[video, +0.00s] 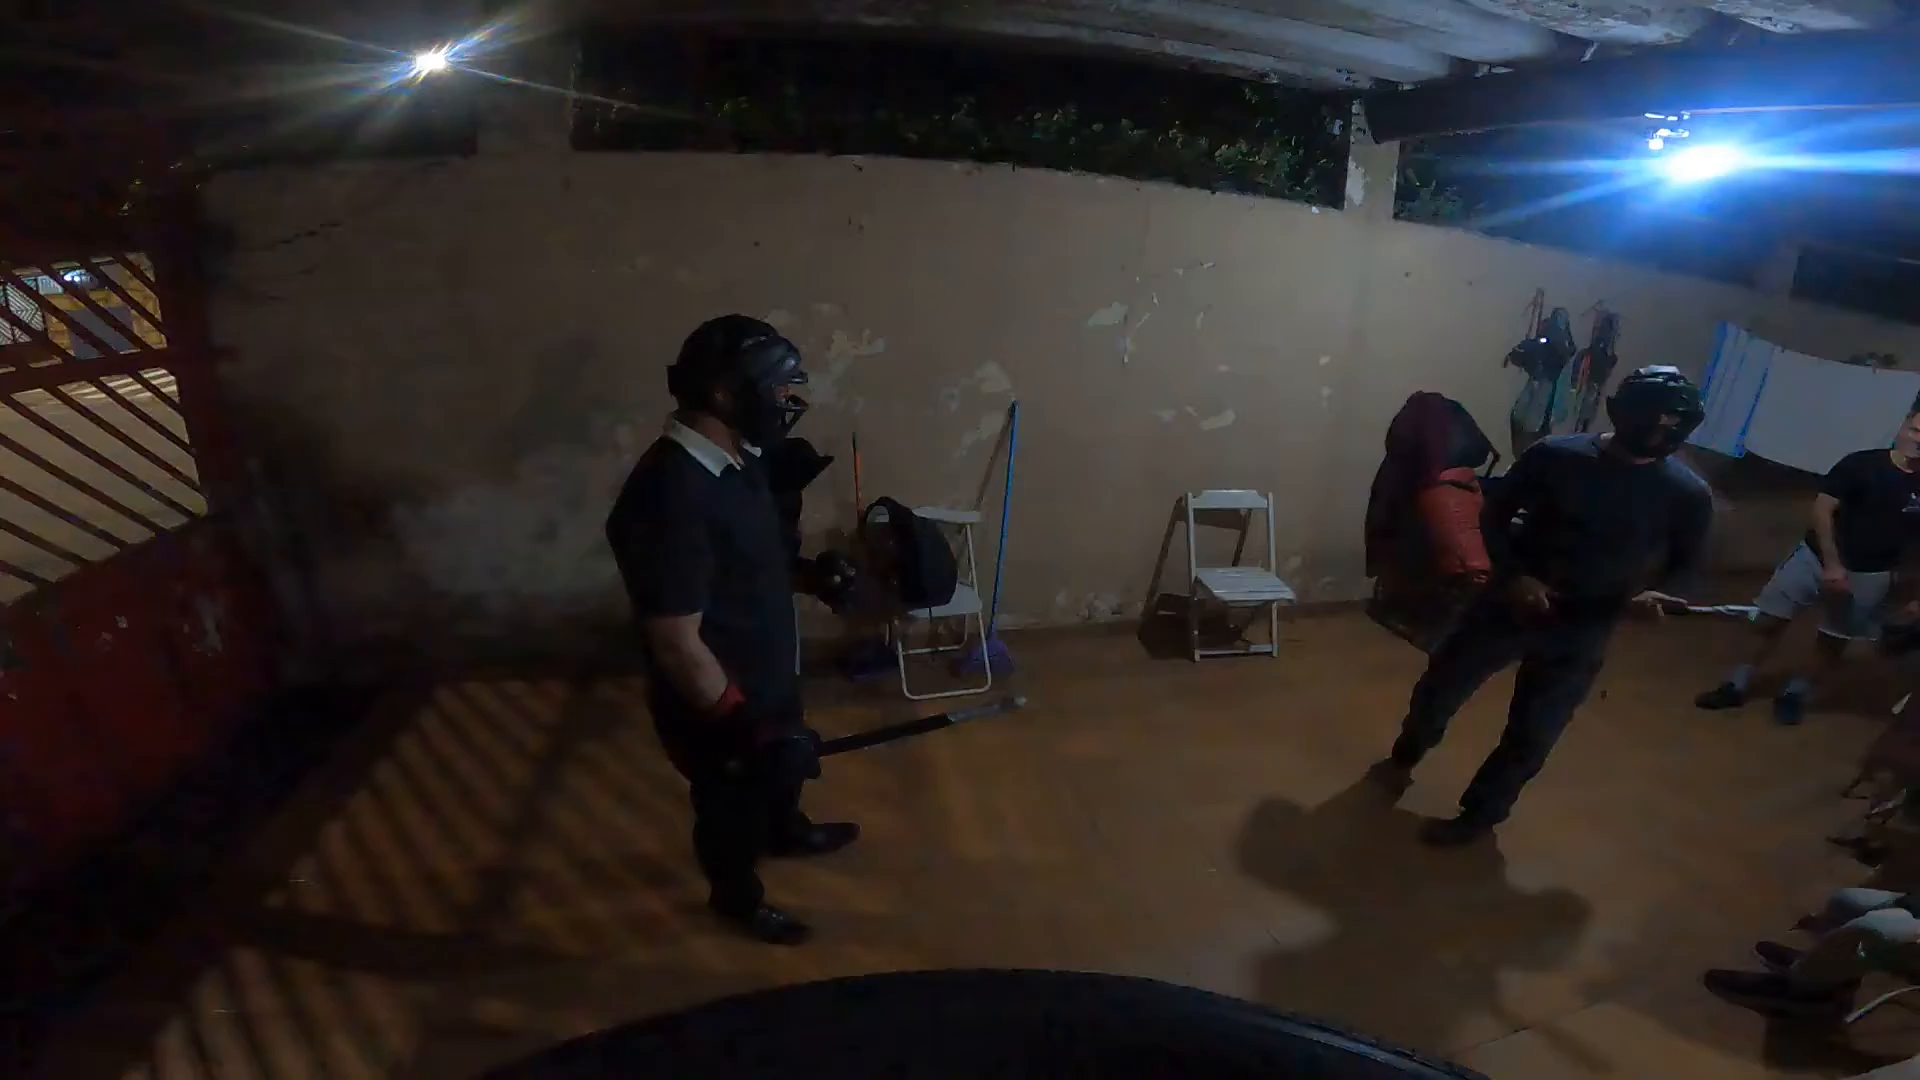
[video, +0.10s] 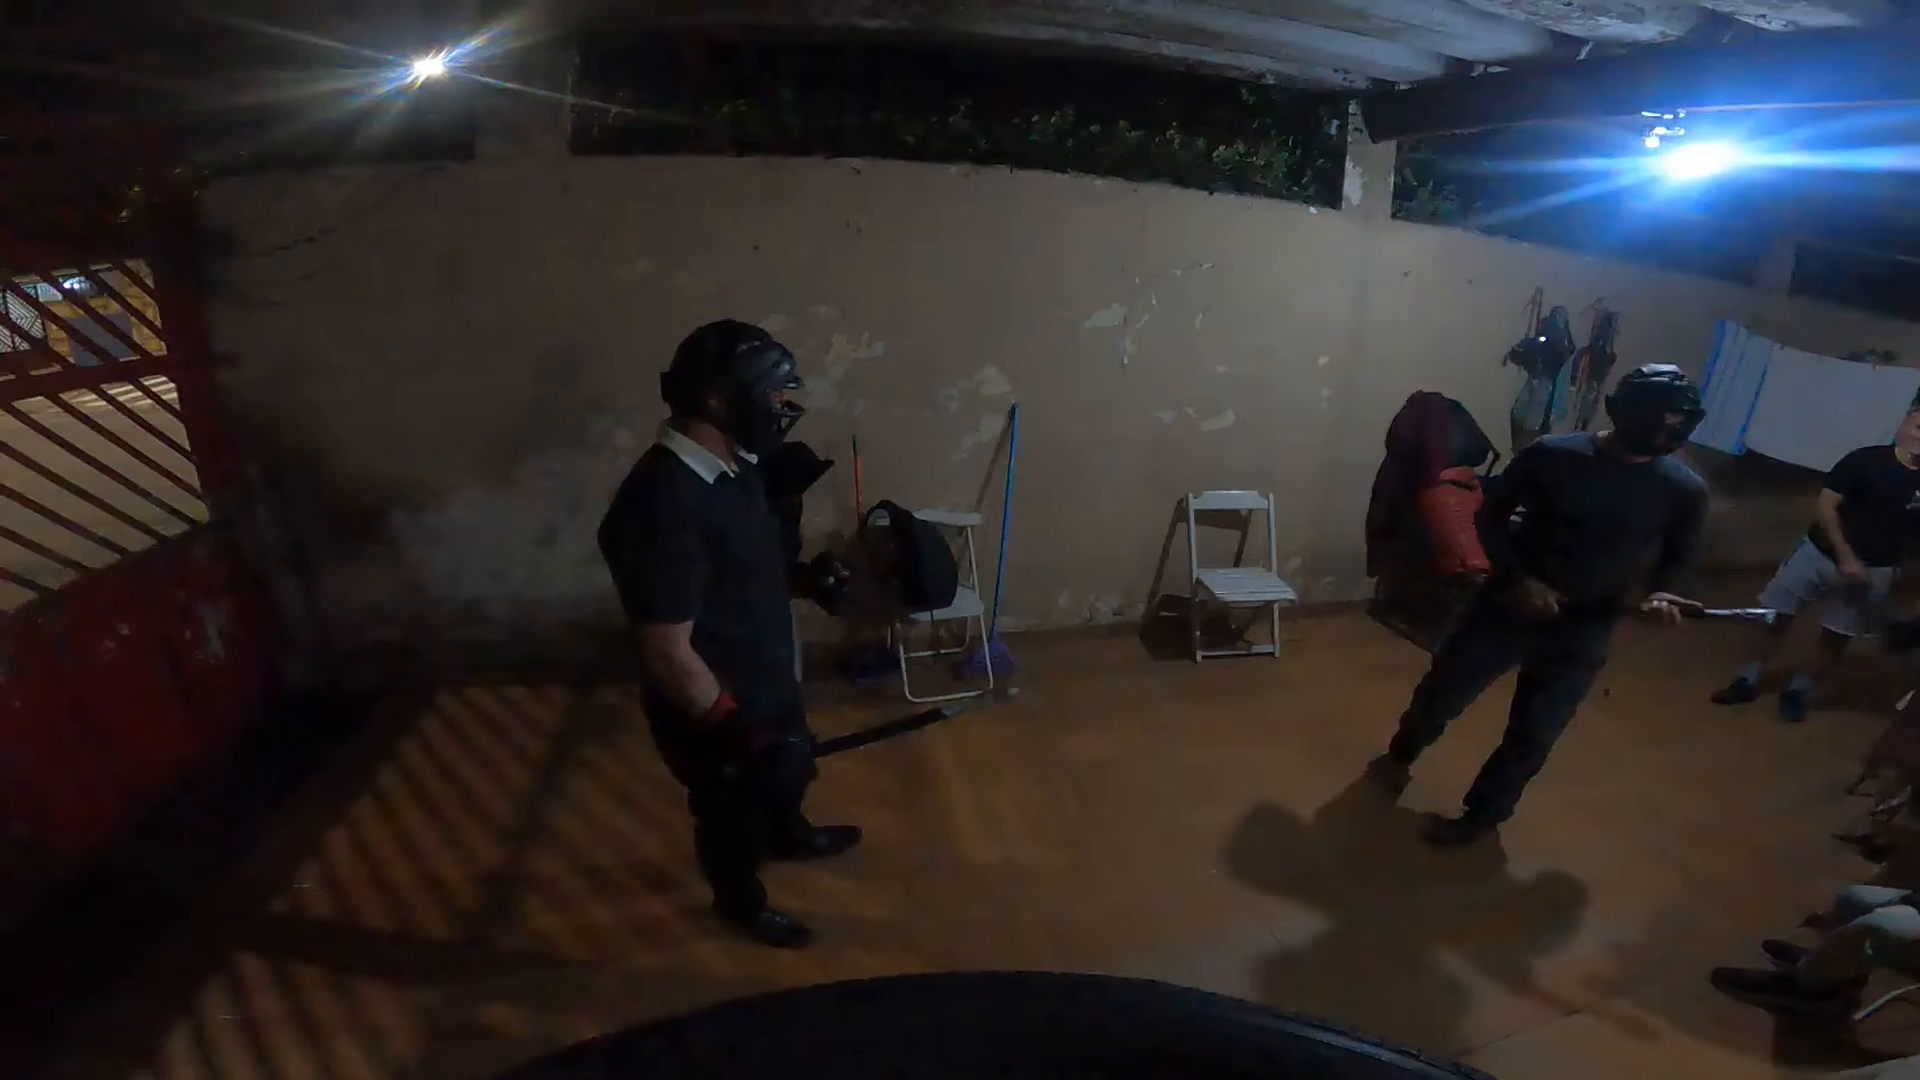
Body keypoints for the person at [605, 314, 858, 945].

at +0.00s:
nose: (787, 398)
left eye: (787, 383)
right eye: (771, 383)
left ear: (723, 394)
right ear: (721, 393)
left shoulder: (738, 461)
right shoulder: (666, 491)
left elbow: (749, 566)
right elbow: (674, 638)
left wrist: (810, 576)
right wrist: (737, 716)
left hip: (764, 663)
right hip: (710, 685)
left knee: (778, 756)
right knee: (728, 802)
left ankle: (781, 829)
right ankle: (736, 899)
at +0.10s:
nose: (783, 402)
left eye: (783, 386)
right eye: (766, 387)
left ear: (718, 400)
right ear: (715, 399)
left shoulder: (735, 469)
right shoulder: (659, 499)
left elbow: (748, 575)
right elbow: (665, 650)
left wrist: (807, 580)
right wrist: (733, 722)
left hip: (765, 672)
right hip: (708, 695)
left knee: (784, 762)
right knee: (728, 808)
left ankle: (784, 834)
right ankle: (739, 902)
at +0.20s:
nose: (780, 413)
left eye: (779, 396)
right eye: (763, 398)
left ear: (712, 411)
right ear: (708, 409)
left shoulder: (737, 478)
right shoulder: (648, 514)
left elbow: (758, 580)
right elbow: (657, 662)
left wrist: (812, 585)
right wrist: (725, 734)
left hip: (768, 676)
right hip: (707, 702)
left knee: (790, 768)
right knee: (729, 815)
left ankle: (792, 843)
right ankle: (746, 909)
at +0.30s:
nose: (774, 413)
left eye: (773, 397)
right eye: (757, 399)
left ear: (705, 412)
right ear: (700, 410)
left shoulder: (732, 481)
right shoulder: (640, 519)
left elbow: (753, 583)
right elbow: (645, 666)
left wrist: (813, 573)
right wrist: (710, 745)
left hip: (767, 682)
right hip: (707, 710)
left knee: (797, 771)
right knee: (730, 818)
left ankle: (791, 850)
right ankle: (747, 911)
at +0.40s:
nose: (765, 409)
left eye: (764, 393)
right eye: (749, 395)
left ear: (702, 411)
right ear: (697, 409)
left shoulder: (732, 479)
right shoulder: (635, 517)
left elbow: (766, 580)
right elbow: (640, 664)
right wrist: (697, 753)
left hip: (763, 680)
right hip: (705, 706)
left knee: (796, 776)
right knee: (736, 812)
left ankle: (787, 859)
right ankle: (745, 910)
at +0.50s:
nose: (760, 408)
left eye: (759, 392)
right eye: (743, 393)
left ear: (696, 409)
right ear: (692, 407)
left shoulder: (726, 478)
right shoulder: (631, 517)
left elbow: (768, 581)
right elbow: (638, 666)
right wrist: (692, 754)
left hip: (763, 686)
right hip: (706, 711)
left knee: (795, 785)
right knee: (736, 815)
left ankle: (775, 867)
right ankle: (742, 912)